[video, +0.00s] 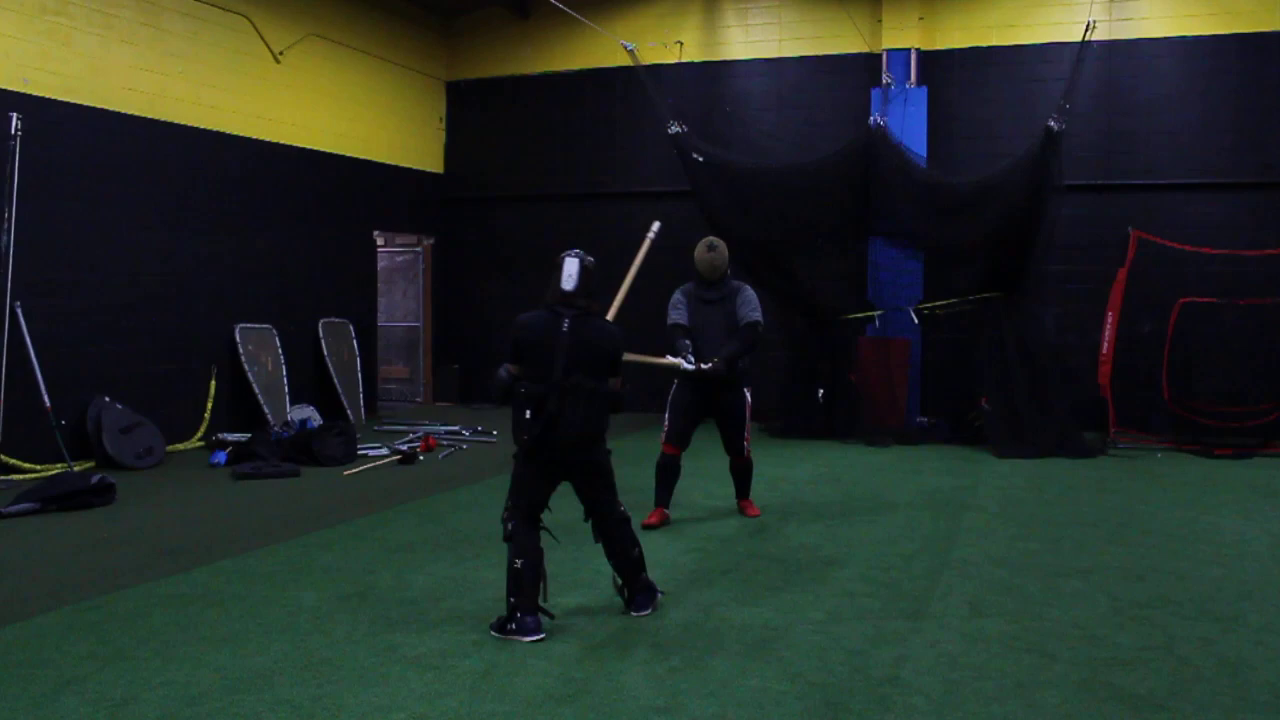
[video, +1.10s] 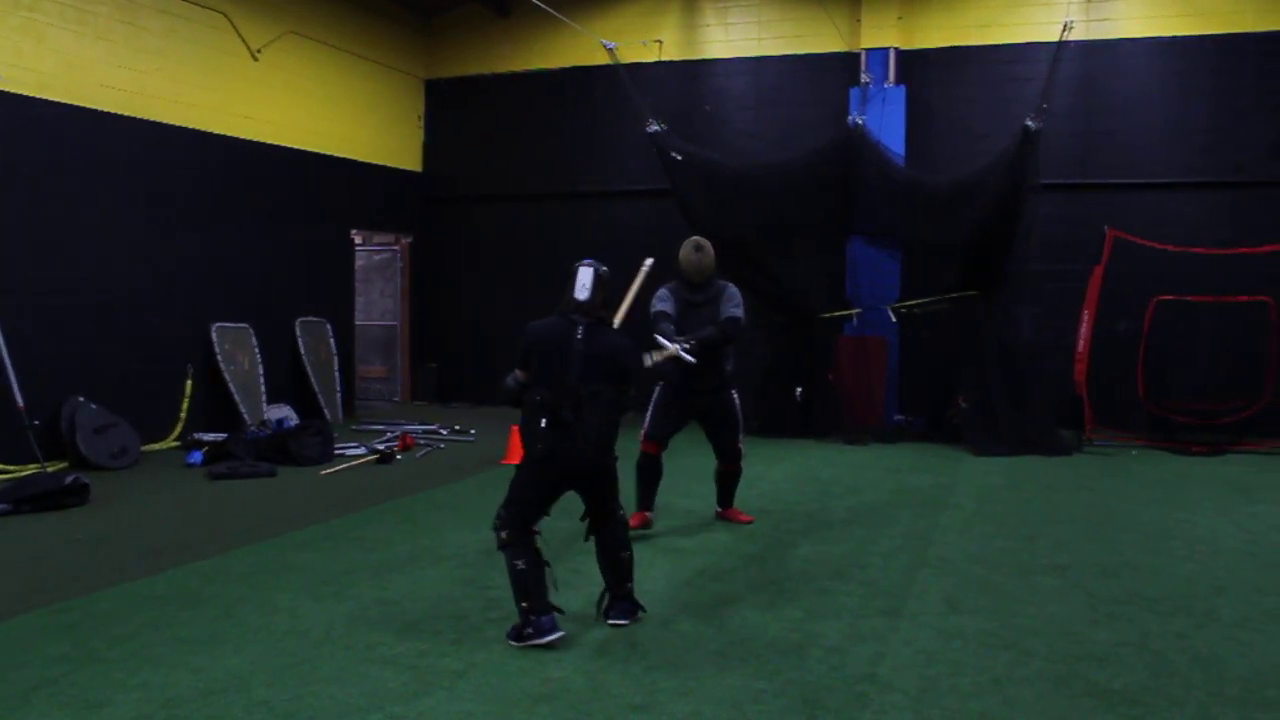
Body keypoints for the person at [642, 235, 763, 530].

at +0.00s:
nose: (711, 275)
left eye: (716, 269)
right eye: (706, 269)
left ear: (725, 266)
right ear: (698, 266)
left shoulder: (743, 293)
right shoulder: (682, 295)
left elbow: (752, 332)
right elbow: (677, 330)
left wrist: (725, 360)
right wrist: (685, 352)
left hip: (730, 382)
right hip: (690, 381)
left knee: (738, 448)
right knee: (672, 445)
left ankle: (744, 500)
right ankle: (661, 508)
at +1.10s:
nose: (697, 275)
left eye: (702, 270)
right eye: (692, 269)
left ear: (712, 267)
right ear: (682, 267)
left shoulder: (728, 293)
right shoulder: (667, 294)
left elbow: (731, 329)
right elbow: (661, 325)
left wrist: (691, 344)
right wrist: (672, 343)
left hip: (716, 385)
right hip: (675, 385)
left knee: (731, 451)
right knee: (650, 445)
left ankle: (725, 507)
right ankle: (644, 511)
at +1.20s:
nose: (672, 279)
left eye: (677, 273)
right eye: (667, 273)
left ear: (686, 270)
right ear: (658, 270)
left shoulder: (702, 294)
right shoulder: (642, 297)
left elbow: (708, 325)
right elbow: (625, 322)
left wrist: (668, 333)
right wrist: (645, 325)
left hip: (694, 390)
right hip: (652, 390)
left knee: (710, 454)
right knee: (632, 454)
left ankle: (707, 508)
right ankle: (615, 516)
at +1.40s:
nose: (640, 272)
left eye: (646, 265)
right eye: (634, 268)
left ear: (658, 273)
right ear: (626, 276)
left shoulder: (676, 301)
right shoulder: (617, 308)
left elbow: (682, 330)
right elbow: (601, 334)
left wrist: (634, 321)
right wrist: (612, 298)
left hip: (668, 401)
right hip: (627, 403)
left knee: (689, 463)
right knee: (612, 468)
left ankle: (700, 509)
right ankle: (605, 535)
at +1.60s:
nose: (625, 271)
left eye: (629, 266)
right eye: (617, 268)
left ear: (639, 277)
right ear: (605, 282)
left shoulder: (657, 306)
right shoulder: (595, 311)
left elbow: (657, 334)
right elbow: (589, 332)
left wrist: (617, 344)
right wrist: (597, 343)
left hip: (651, 407)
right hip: (609, 410)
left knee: (677, 468)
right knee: (593, 474)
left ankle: (682, 510)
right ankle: (599, 536)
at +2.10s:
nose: (649, 277)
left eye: (654, 272)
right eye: (645, 272)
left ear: (665, 275)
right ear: (636, 276)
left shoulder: (687, 307)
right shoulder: (623, 309)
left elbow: (696, 350)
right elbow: (601, 353)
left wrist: (651, 358)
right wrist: (616, 339)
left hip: (678, 401)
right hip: (634, 402)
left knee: (695, 472)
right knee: (616, 469)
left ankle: (697, 510)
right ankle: (603, 531)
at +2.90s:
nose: (665, 286)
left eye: (671, 280)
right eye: (661, 280)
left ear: (681, 282)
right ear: (652, 283)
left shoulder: (696, 312)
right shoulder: (644, 308)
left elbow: (688, 355)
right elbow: (627, 350)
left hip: (688, 392)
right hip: (650, 391)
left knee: (698, 447)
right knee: (643, 446)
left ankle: (696, 509)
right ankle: (635, 494)